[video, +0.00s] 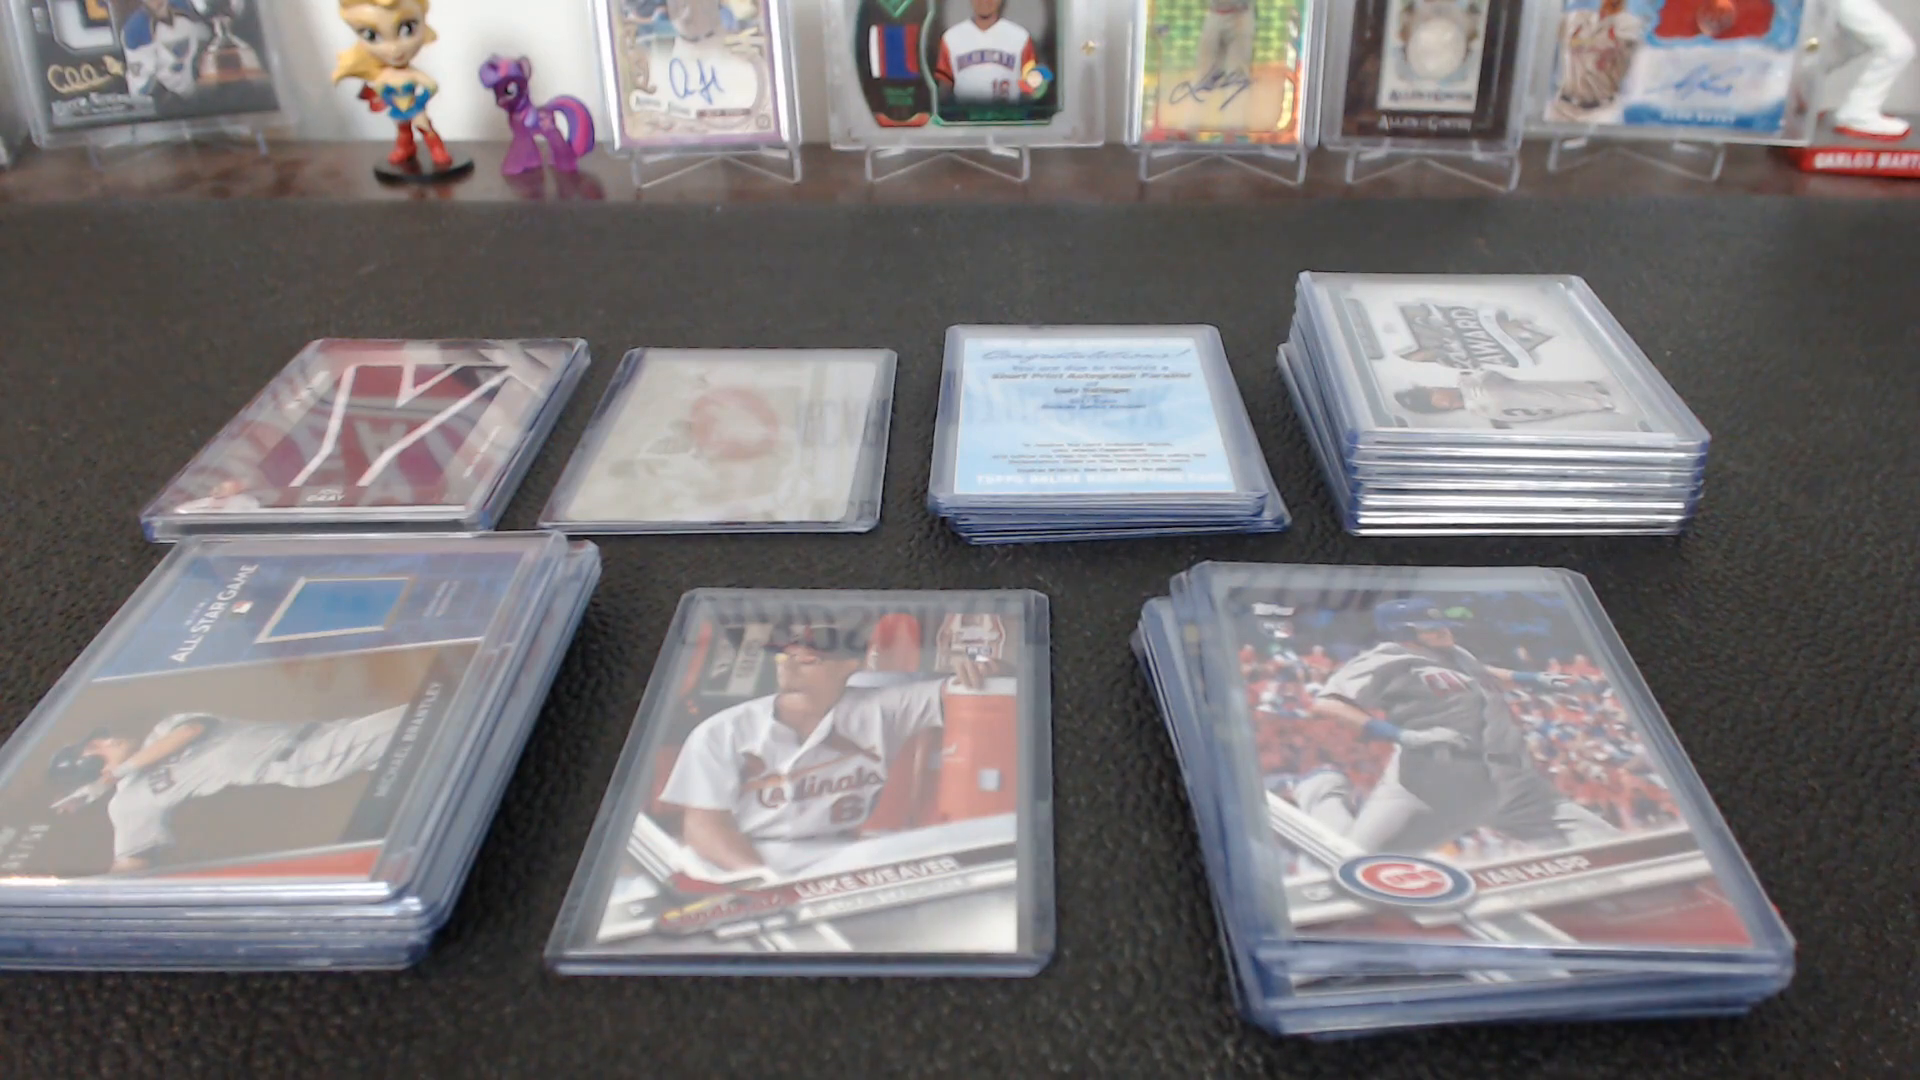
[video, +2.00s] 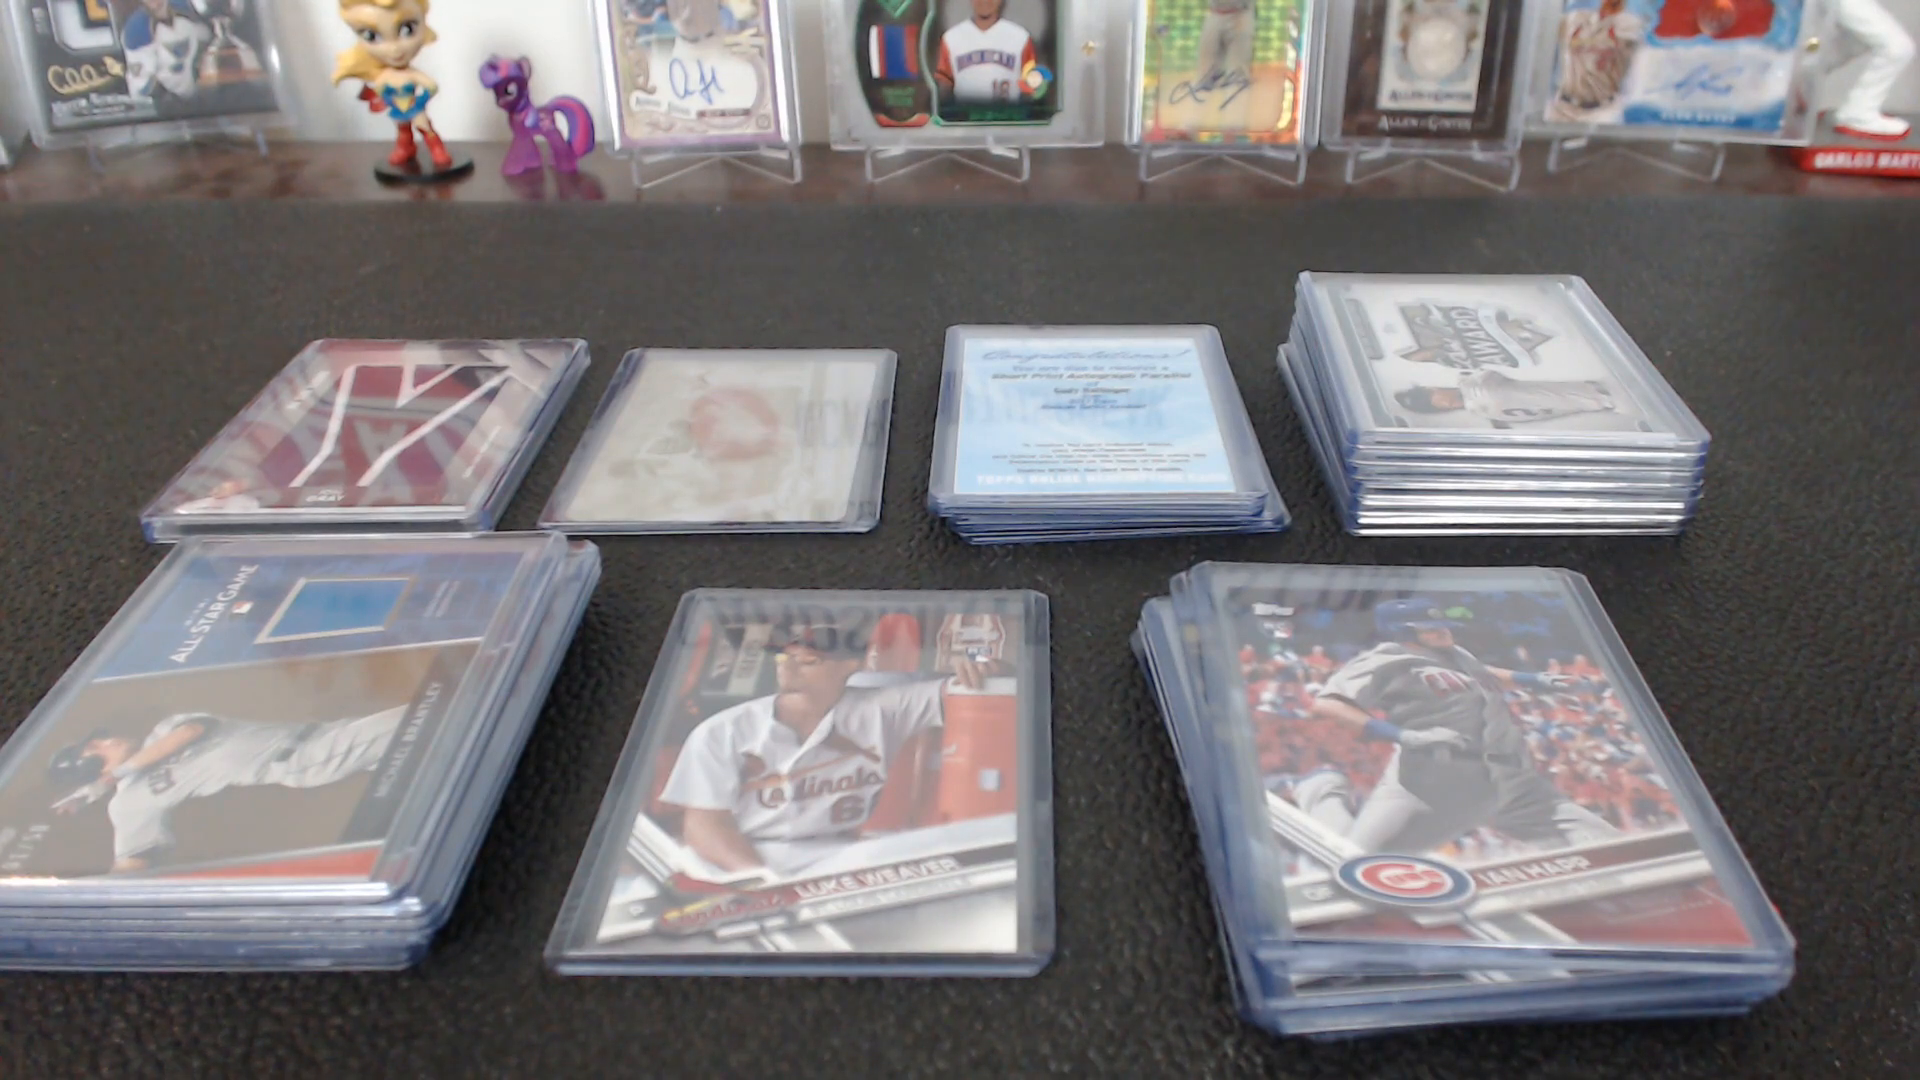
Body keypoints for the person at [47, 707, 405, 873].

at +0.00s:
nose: (109, 740)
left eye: (98, 740)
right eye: (99, 746)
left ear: (106, 742)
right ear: (100, 768)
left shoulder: (162, 727)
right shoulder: (131, 799)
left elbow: (193, 732)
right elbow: (130, 870)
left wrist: (116, 775)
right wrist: (80, 897)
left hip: (312, 731)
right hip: (299, 760)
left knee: (417, 719)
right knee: (414, 717)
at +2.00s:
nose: (110, 740)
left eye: (99, 739)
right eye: (100, 746)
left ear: (107, 742)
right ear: (100, 770)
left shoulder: (159, 727)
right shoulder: (131, 800)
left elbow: (192, 732)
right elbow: (130, 870)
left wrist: (115, 776)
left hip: (310, 732)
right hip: (298, 760)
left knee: (414, 721)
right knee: (412, 717)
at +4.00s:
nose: (111, 740)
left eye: (101, 739)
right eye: (101, 747)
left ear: (108, 742)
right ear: (100, 771)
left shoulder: (161, 729)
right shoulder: (131, 799)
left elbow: (193, 732)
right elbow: (129, 871)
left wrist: (119, 773)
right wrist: (82, 899)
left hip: (312, 733)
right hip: (299, 760)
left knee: (416, 722)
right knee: (414, 718)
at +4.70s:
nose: (112, 742)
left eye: (102, 742)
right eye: (103, 748)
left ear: (108, 741)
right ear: (101, 769)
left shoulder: (162, 728)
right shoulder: (131, 799)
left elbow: (192, 733)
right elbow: (130, 870)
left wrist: (114, 777)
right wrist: (89, 903)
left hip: (312, 732)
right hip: (300, 760)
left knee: (418, 720)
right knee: (416, 717)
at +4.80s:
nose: (112, 740)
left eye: (102, 740)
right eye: (102, 746)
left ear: (108, 742)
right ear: (101, 769)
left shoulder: (162, 729)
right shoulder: (131, 798)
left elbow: (192, 733)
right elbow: (130, 870)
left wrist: (115, 776)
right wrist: (79, 896)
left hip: (312, 732)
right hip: (300, 760)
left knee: (416, 722)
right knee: (413, 718)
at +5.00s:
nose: (112, 740)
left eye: (102, 740)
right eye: (102, 746)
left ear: (109, 741)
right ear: (101, 769)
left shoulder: (161, 729)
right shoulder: (131, 798)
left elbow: (192, 733)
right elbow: (130, 870)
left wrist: (114, 777)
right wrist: (85, 900)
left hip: (313, 732)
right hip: (301, 760)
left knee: (418, 720)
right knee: (416, 717)